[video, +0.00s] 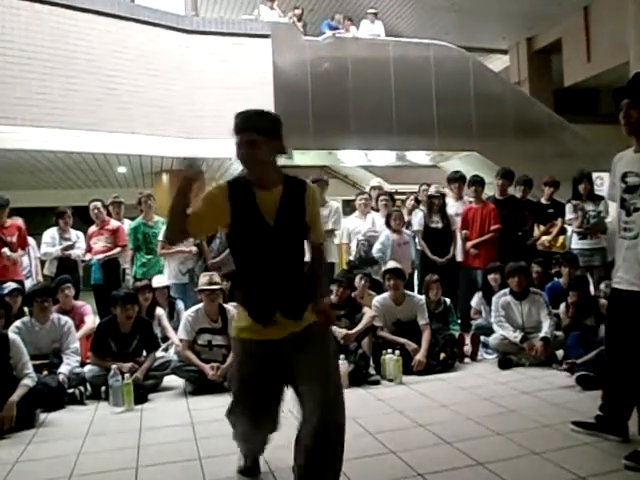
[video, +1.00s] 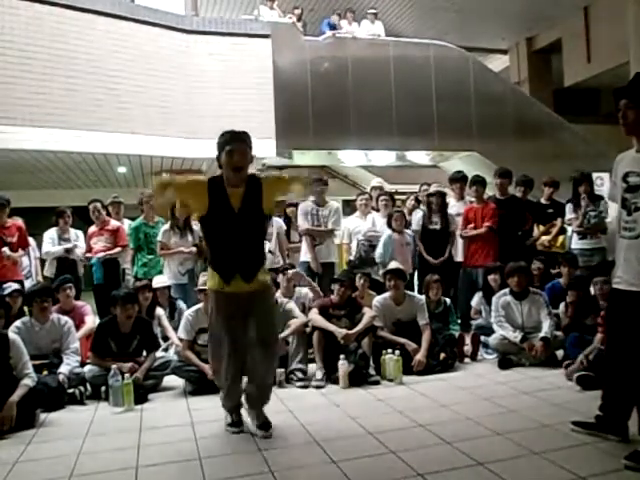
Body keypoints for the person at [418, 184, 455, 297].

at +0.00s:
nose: (437, 201)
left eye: (439, 198)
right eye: (434, 198)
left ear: (443, 200)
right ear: (429, 199)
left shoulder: (448, 217)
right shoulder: (423, 217)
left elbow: (453, 236)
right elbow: (420, 238)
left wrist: (450, 254)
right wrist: (432, 256)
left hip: (446, 260)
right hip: (429, 260)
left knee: (447, 291)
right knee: (428, 290)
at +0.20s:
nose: (434, 200)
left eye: (437, 197)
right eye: (431, 197)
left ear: (441, 200)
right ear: (427, 199)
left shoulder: (448, 217)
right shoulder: (422, 217)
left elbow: (454, 236)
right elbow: (419, 239)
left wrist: (451, 254)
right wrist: (431, 256)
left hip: (447, 260)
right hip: (428, 261)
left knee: (447, 292)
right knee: (428, 291)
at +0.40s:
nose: (432, 204)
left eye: (435, 201)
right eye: (429, 201)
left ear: (439, 202)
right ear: (426, 203)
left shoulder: (446, 217)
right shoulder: (422, 218)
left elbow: (453, 237)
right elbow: (419, 239)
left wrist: (447, 256)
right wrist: (431, 256)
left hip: (446, 260)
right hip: (428, 261)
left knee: (446, 292)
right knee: (427, 291)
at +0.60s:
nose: (433, 201)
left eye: (436, 198)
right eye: (430, 198)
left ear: (440, 201)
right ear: (425, 201)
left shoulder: (448, 217)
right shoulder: (421, 217)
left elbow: (453, 238)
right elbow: (418, 239)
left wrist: (448, 254)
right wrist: (430, 257)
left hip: (445, 261)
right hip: (427, 261)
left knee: (446, 293)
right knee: (427, 293)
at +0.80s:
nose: (434, 200)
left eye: (437, 197)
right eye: (431, 197)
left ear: (441, 200)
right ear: (427, 200)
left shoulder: (448, 217)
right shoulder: (421, 217)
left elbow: (452, 239)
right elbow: (418, 239)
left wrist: (444, 257)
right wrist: (429, 258)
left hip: (444, 261)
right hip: (426, 261)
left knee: (444, 294)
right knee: (426, 294)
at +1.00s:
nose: (435, 200)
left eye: (438, 197)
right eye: (432, 196)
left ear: (443, 200)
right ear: (428, 199)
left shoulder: (449, 218)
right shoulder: (422, 217)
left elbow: (452, 238)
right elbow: (417, 238)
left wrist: (445, 256)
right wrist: (427, 257)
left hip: (444, 261)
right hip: (426, 261)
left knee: (444, 293)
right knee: (425, 293)